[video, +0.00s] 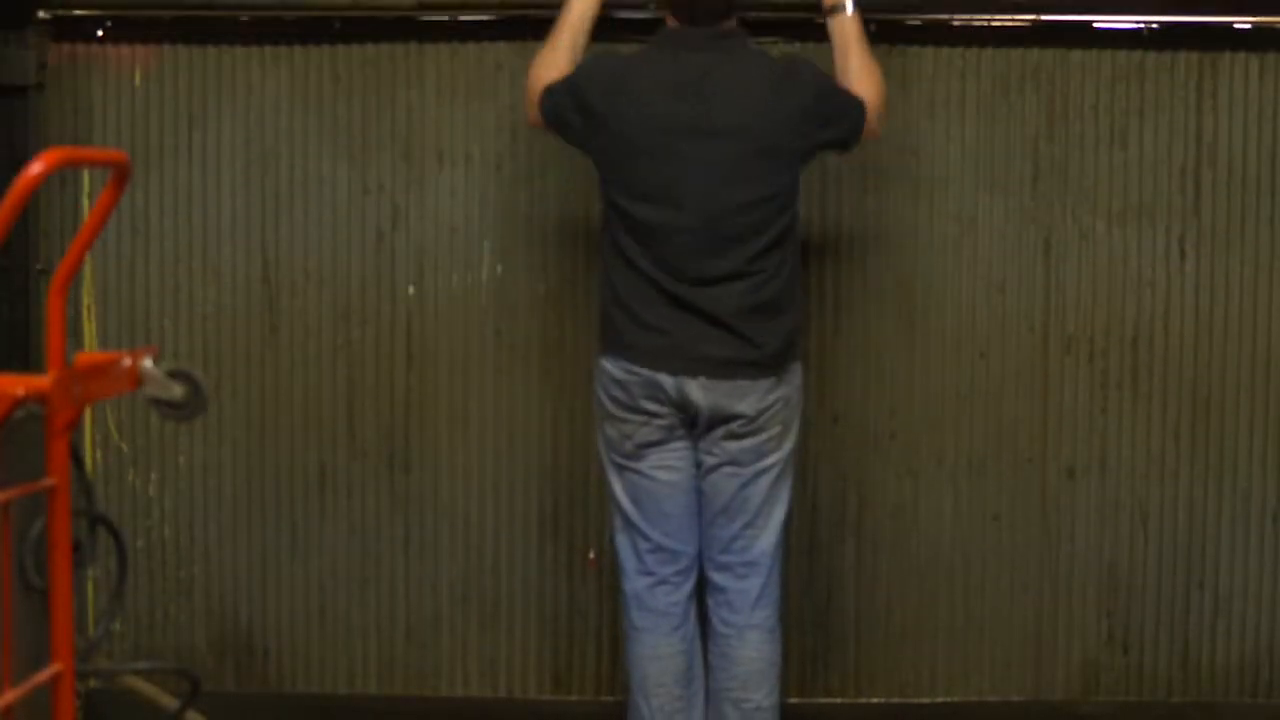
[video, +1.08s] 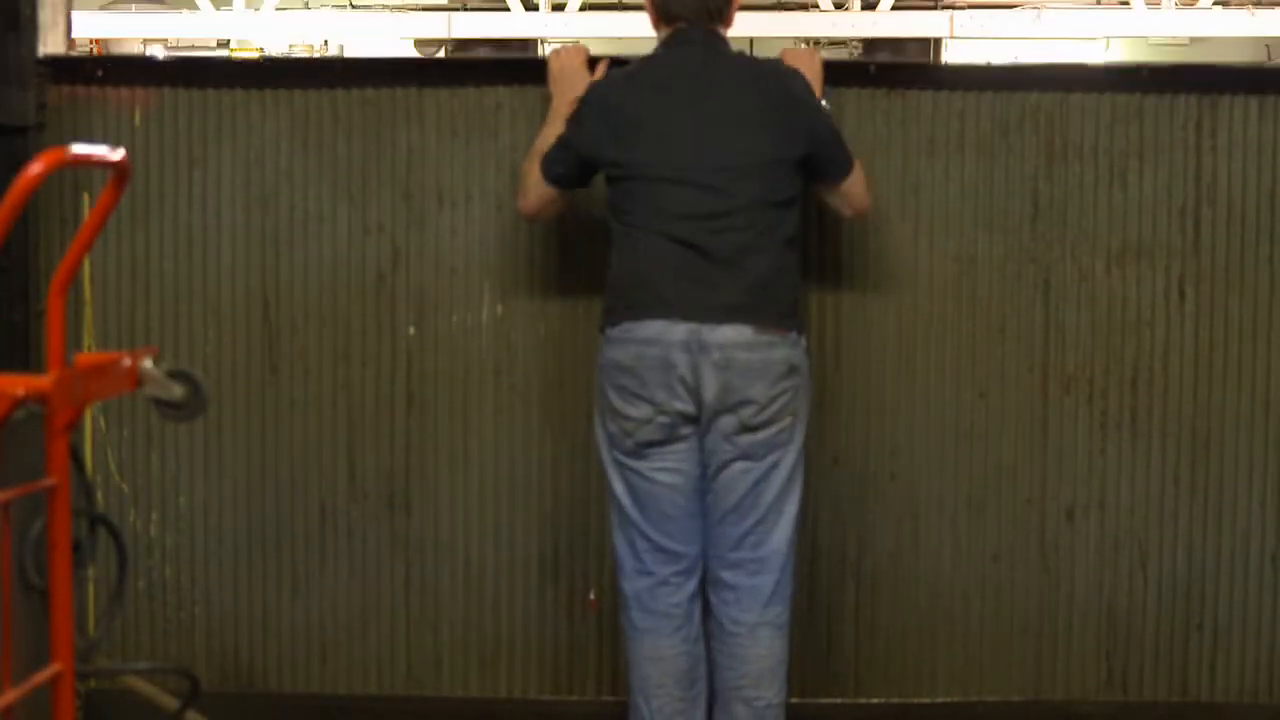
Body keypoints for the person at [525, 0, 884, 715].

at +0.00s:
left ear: (664, 10)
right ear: (741, 11)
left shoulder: (620, 83)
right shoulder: (781, 88)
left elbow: (543, 96)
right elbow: (863, 106)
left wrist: (583, 1)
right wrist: (843, 11)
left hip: (638, 358)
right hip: (750, 363)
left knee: (656, 579)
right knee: (744, 580)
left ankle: (666, 714)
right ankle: (744, 713)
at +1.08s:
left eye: (651, 9)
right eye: (732, 9)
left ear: (652, 13)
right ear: (731, 13)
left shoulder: (619, 95)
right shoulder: (778, 91)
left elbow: (534, 198)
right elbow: (855, 199)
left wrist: (562, 104)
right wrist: (812, 104)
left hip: (645, 339)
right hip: (759, 340)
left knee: (659, 572)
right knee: (752, 571)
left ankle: (666, 714)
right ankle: (750, 714)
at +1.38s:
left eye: (622, 16)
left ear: (626, 19)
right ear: (706, 13)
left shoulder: (594, 105)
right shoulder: (774, 84)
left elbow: (531, 232)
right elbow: (882, 151)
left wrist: (581, 167)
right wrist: (818, 128)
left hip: (646, 338)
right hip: (762, 336)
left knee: (662, 574)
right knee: (753, 571)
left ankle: (672, 715)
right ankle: (755, 715)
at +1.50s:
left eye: (630, 14)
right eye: (715, 14)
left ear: (633, 20)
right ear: (712, 16)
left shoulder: (593, 104)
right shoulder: (765, 70)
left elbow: (492, 201)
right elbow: (900, 63)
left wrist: (564, 165)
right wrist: (849, 140)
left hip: (643, 340)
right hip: (756, 338)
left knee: (657, 571)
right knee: (742, 572)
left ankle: (665, 716)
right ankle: (738, 717)